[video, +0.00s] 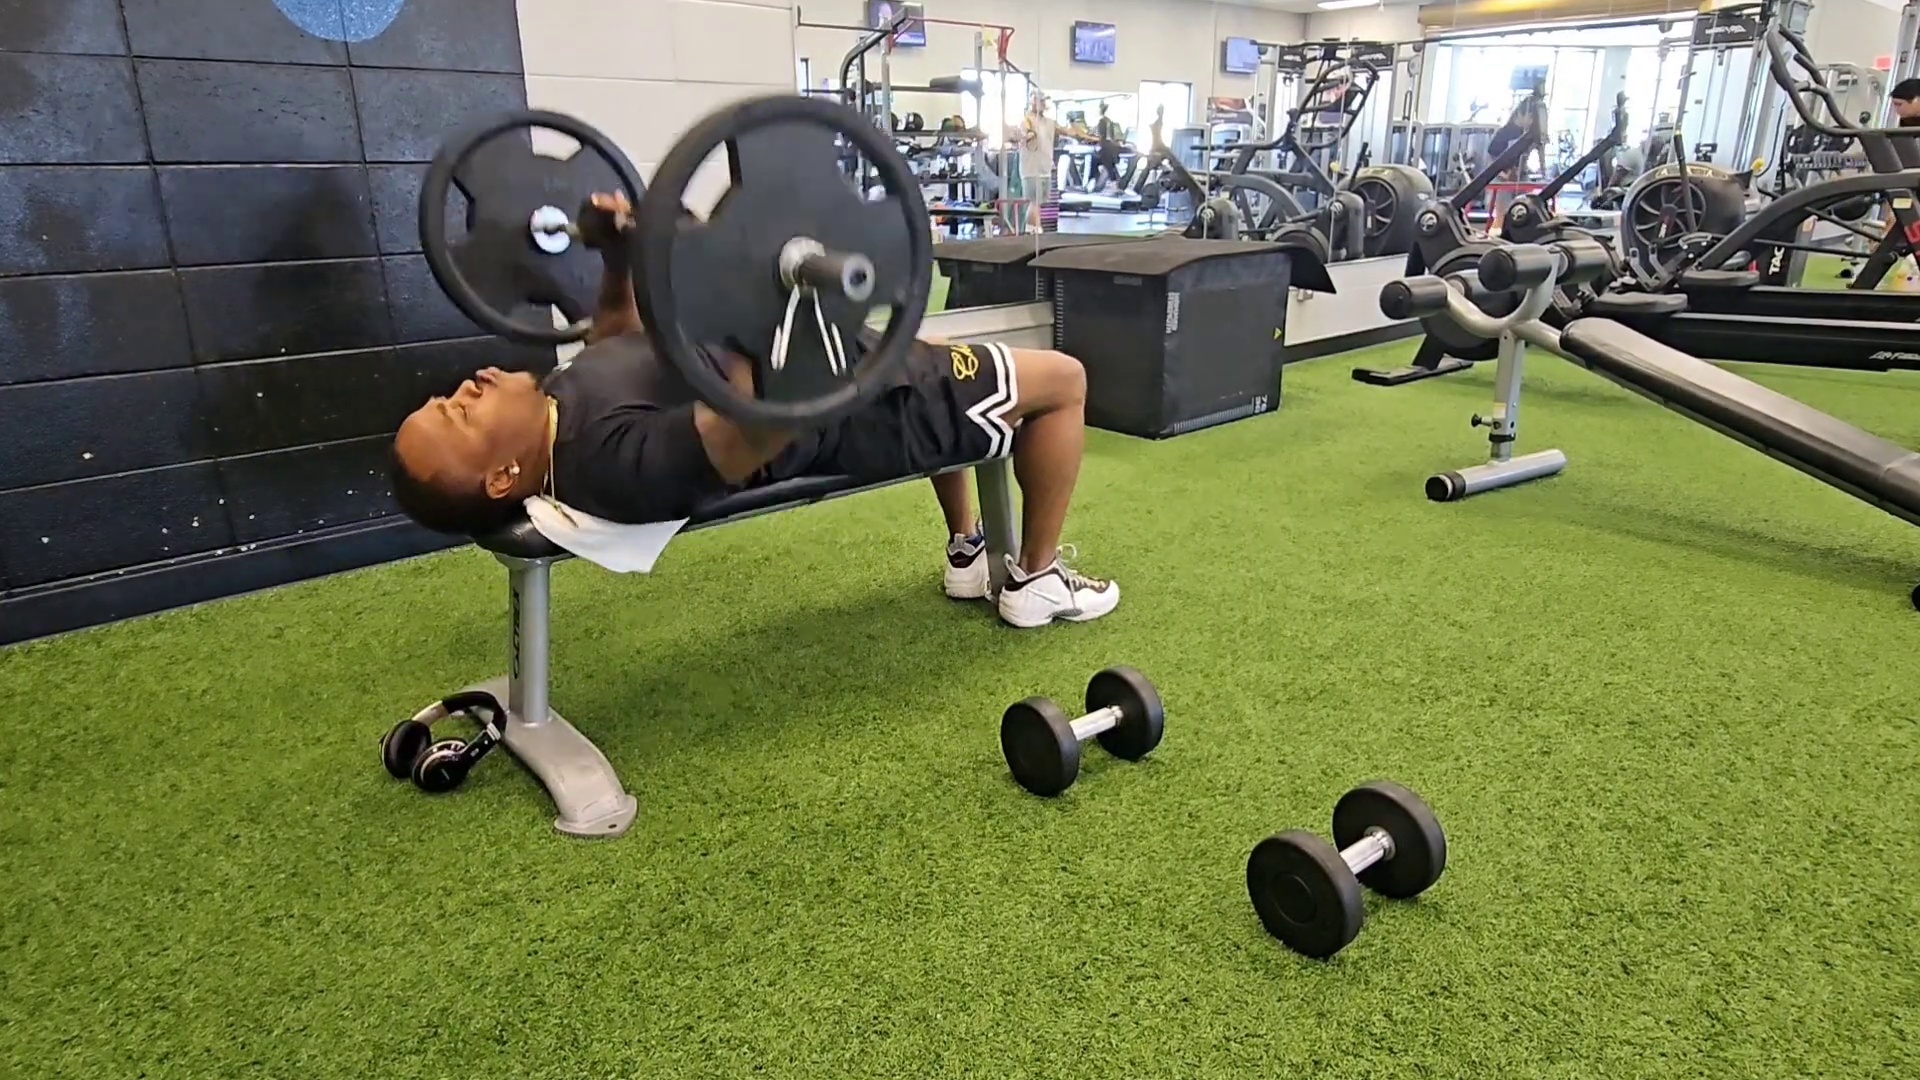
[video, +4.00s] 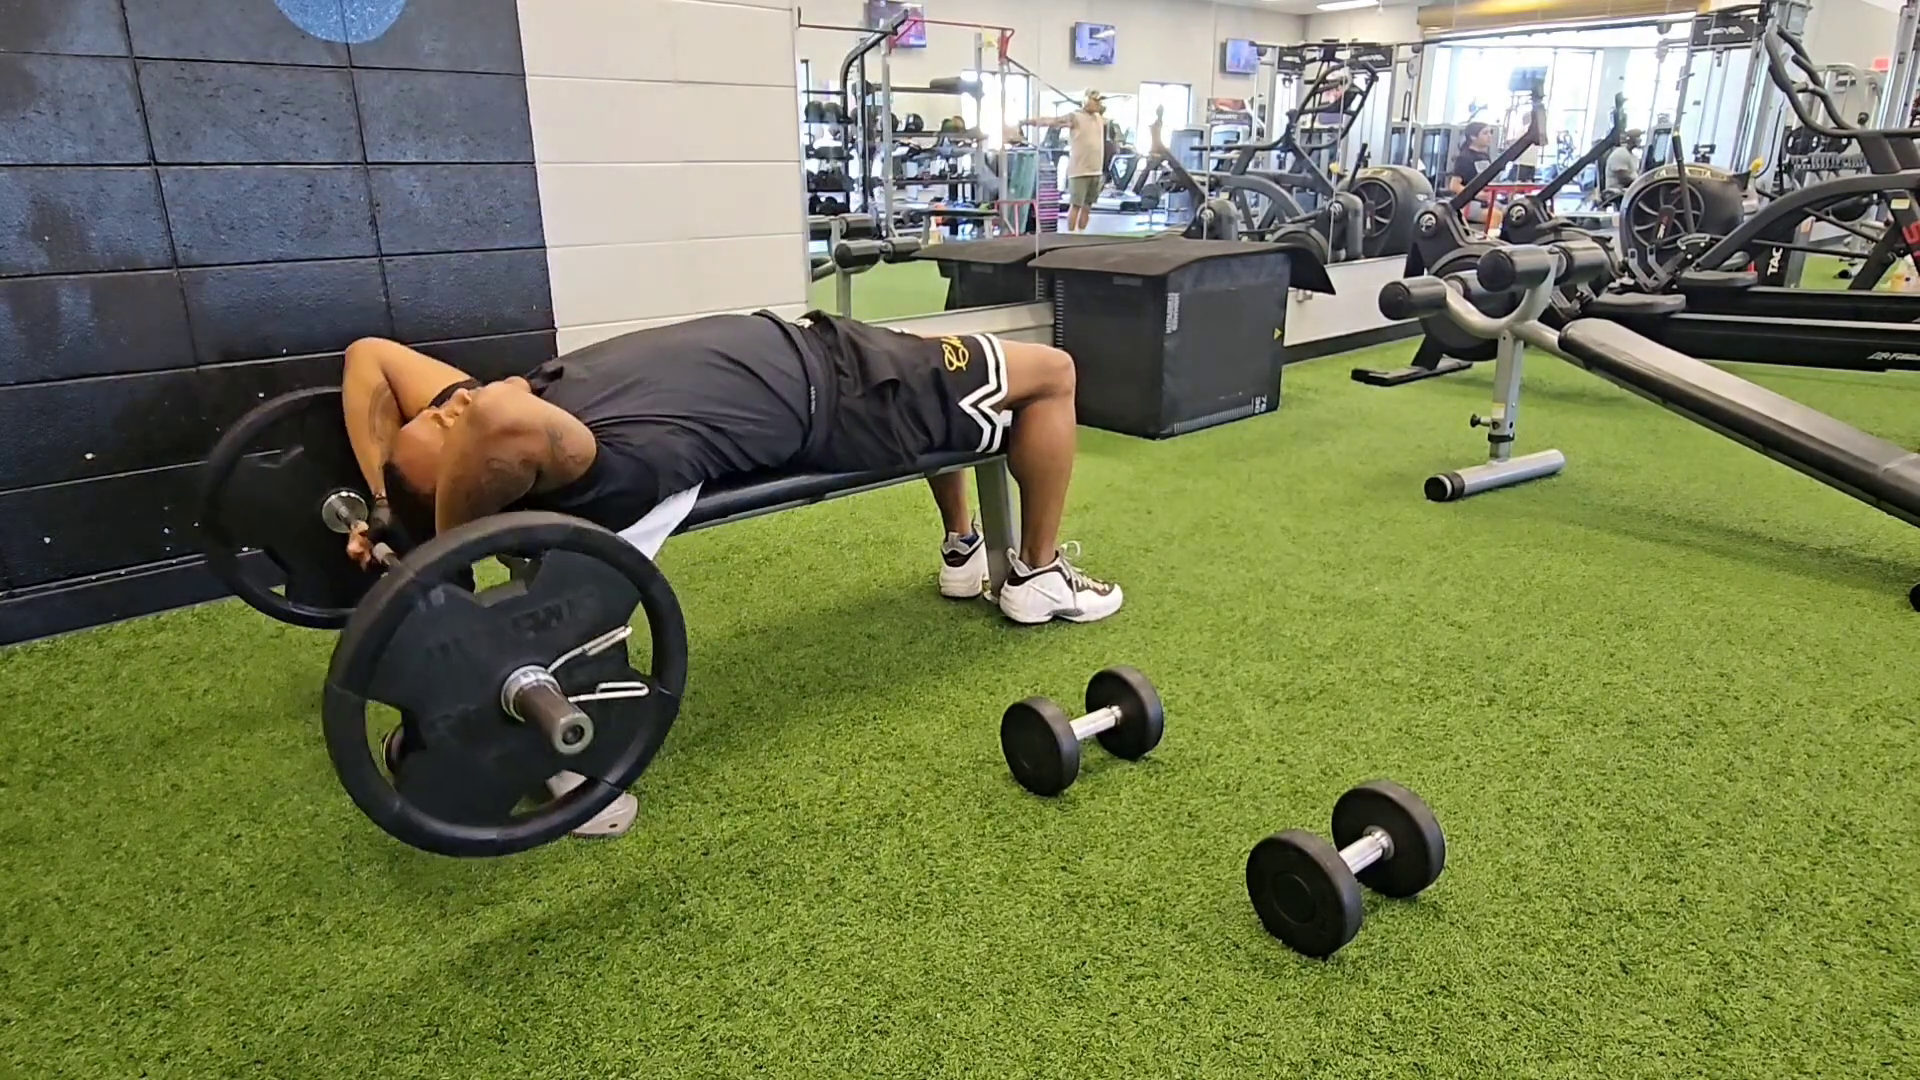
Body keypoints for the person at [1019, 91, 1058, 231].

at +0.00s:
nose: (1044, 103)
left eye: (1044, 100)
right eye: (1040, 100)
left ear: (1045, 102)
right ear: (1032, 102)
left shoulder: (1049, 122)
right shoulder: (1026, 121)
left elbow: (1066, 131)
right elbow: (1024, 133)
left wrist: (1081, 134)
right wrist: (1029, 135)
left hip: (1045, 166)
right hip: (1030, 166)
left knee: (1038, 201)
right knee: (1034, 200)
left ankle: (1029, 228)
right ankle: (1038, 229)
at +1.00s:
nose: (1059, 106)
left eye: (1061, 103)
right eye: (1056, 102)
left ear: (1061, 105)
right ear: (1048, 103)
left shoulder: (1062, 124)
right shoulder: (1039, 118)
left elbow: (1079, 132)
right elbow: (1023, 126)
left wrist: (1097, 133)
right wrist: (1016, 129)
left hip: (1058, 170)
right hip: (1042, 170)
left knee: (1063, 202)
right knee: (1044, 205)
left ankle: (1047, 220)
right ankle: (1041, 232)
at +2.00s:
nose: (1089, 103)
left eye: (1091, 101)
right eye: (1087, 100)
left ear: (1093, 103)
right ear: (1080, 100)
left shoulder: (1094, 118)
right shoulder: (1071, 117)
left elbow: (1103, 118)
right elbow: (1050, 120)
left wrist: (1112, 113)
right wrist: (1030, 117)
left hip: (1089, 168)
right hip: (1073, 168)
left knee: (1084, 205)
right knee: (1079, 203)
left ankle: (1072, 233)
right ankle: (1071, 234)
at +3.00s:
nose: (1095, 104)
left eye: (1096, 101)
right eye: (1092, 100)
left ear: (1098, 103)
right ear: (1085, 101)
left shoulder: (1098, 119)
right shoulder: (1075, 116)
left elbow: (1106, 120)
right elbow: (1054, 121)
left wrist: (1111, 117)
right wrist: (1032, 120)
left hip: (1092, 169)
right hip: (1076, 169)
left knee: (1087, 206)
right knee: (1076, 205)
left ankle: (1077, 233)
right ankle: (1073, 235)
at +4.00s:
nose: (1099, 104)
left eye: (1099, 101)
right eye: (1096, 100)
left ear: (1098, 103)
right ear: (1087, 101)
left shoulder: (1099, 118)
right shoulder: (1076, 117)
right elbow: (1054, 122)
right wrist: (1030, 122)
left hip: (1095, 170)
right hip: (1078, 170)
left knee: (1087, 207)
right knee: (1076, 205)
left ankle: (1081, 235)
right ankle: (1071, 235)